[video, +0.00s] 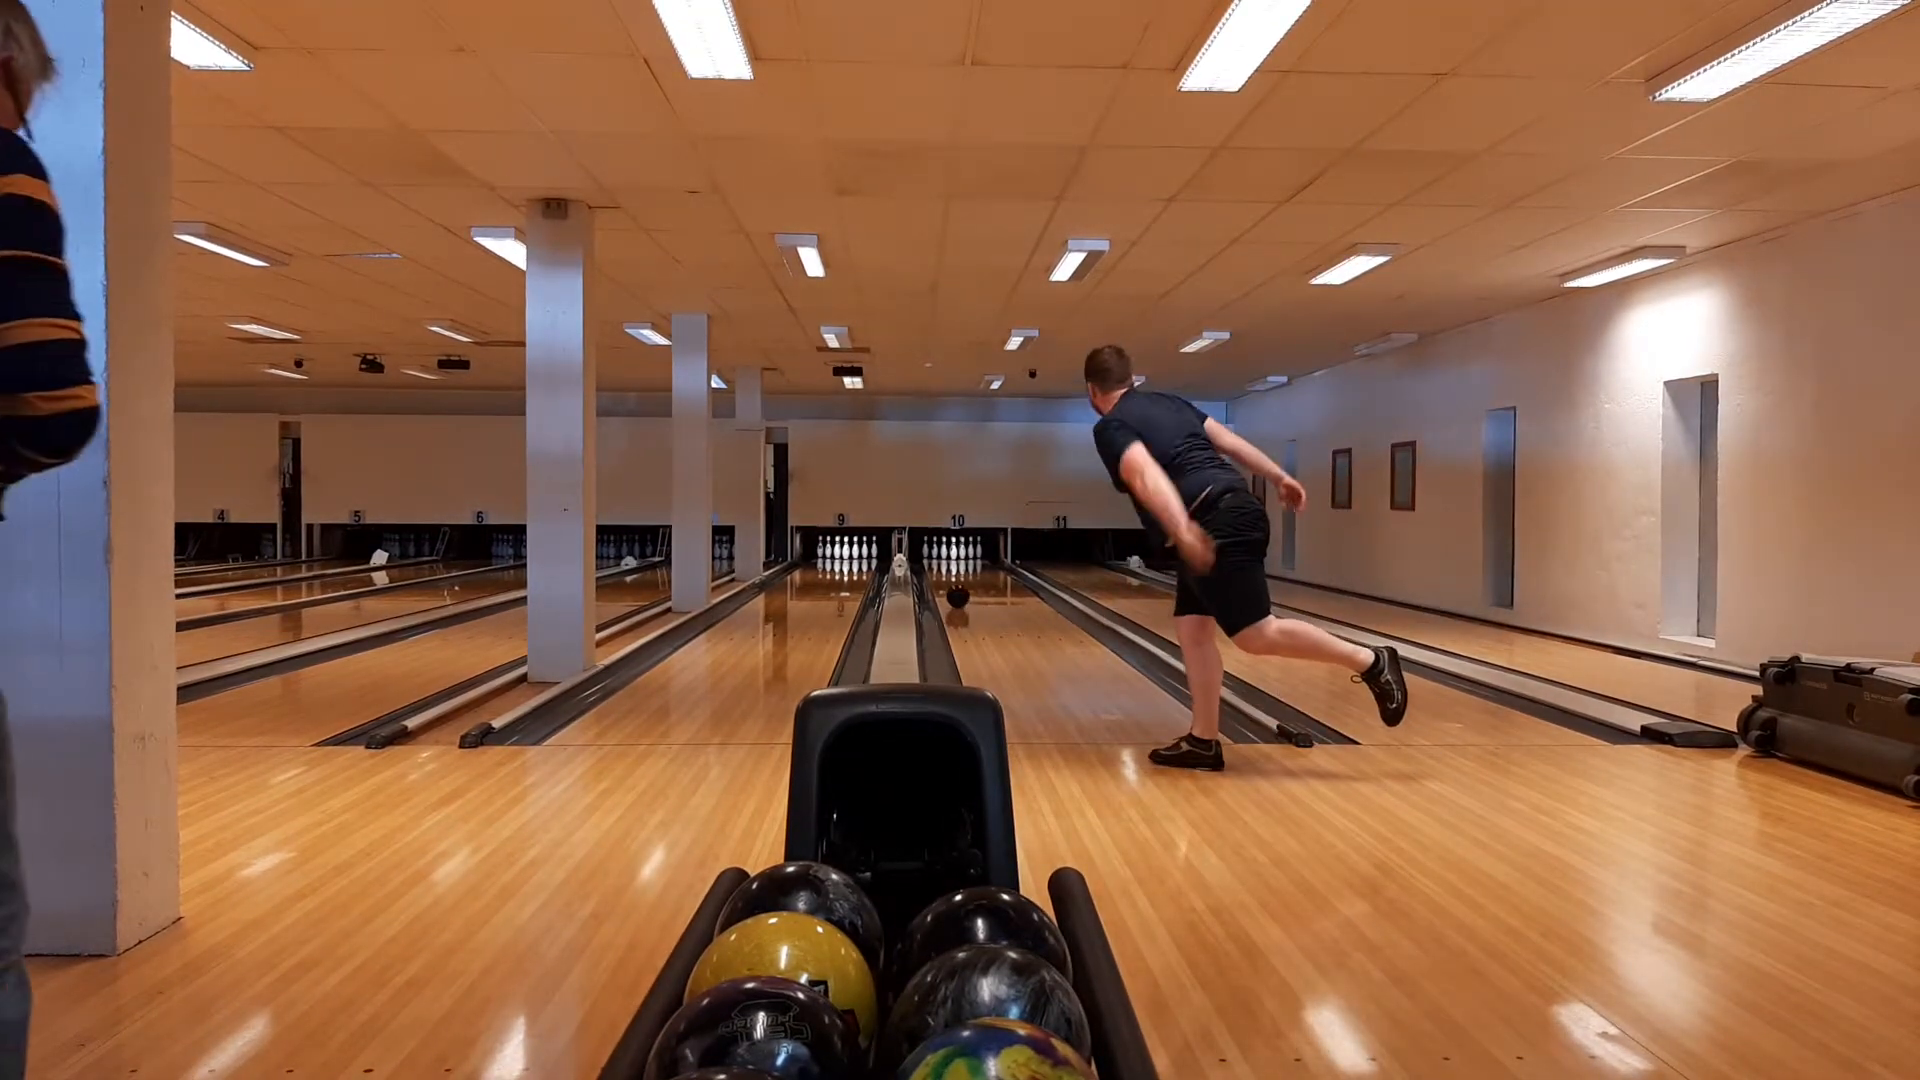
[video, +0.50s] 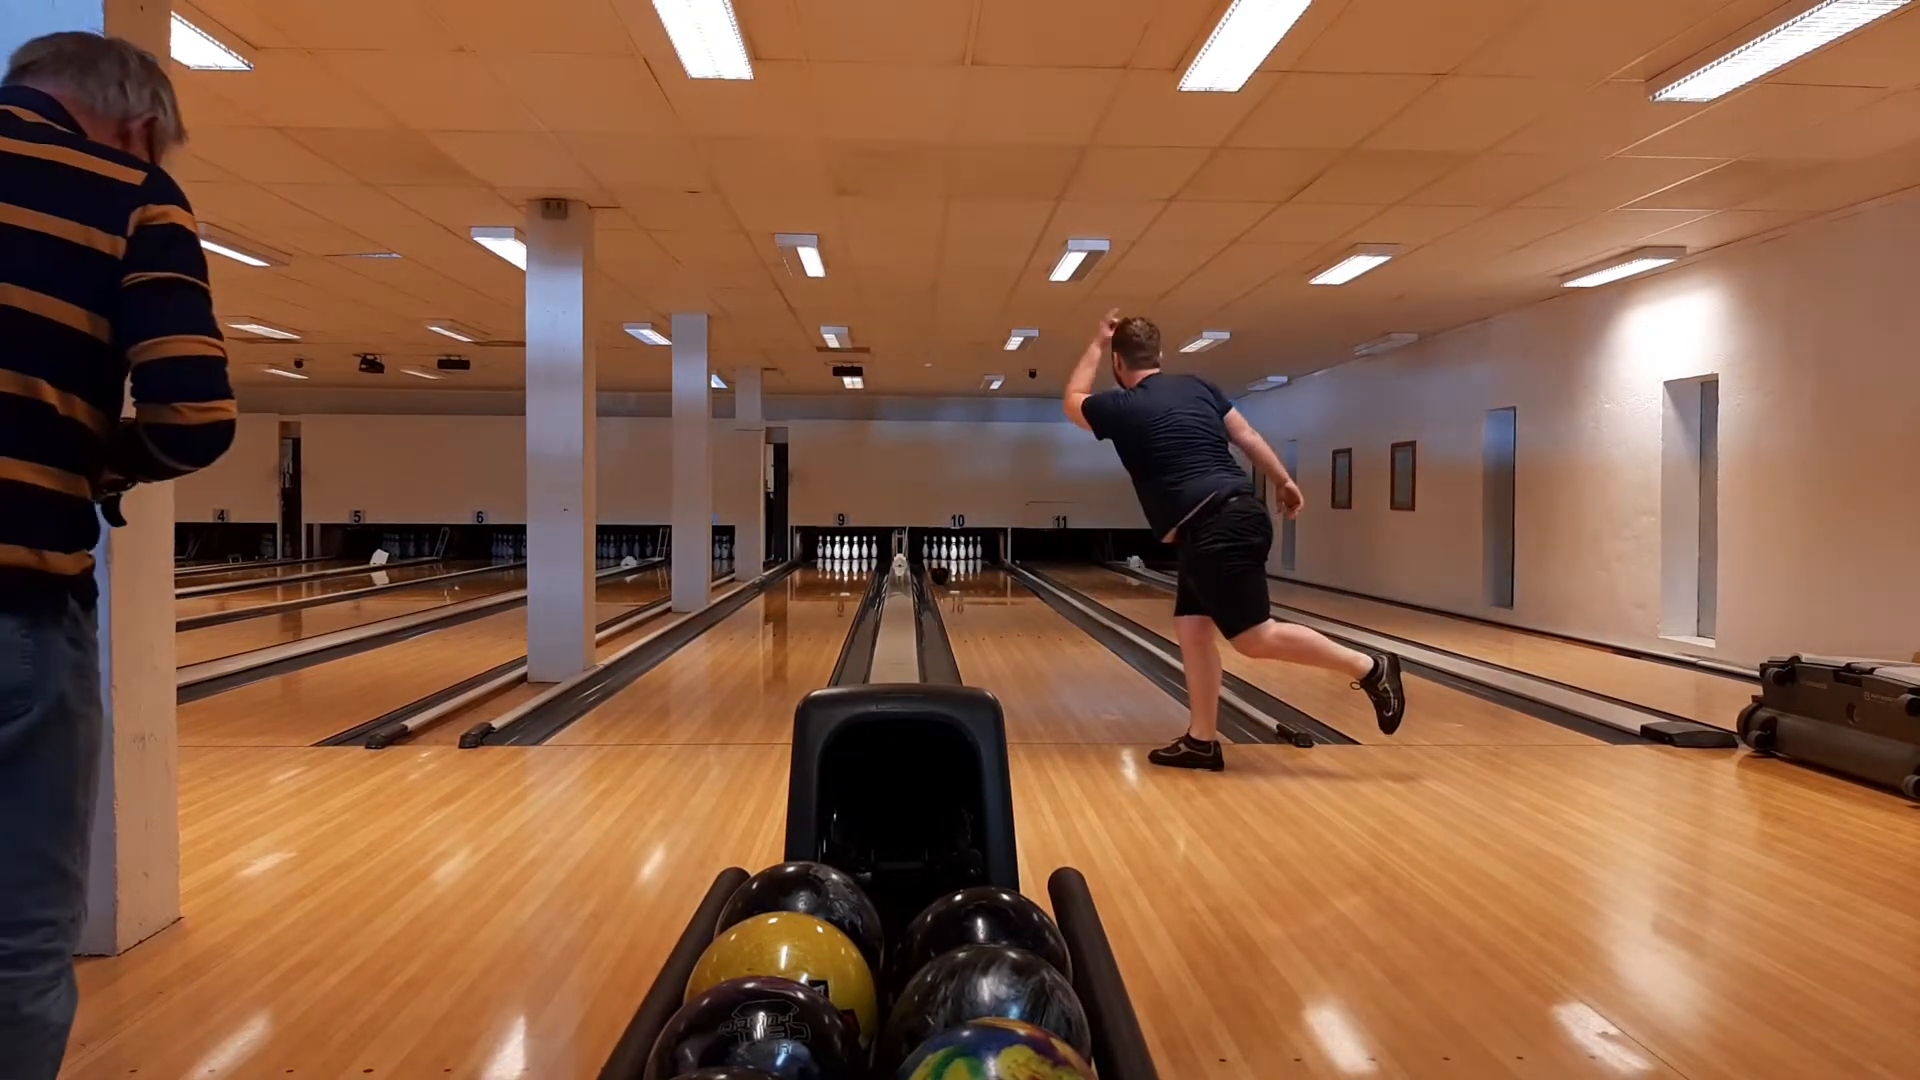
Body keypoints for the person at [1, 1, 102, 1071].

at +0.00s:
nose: (23, 99)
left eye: (20, 82)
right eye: (23, 80)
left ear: (5, 75)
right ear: (12, 71)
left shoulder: (12, 158)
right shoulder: (7, 158)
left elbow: (53, 407)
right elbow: (56, 406)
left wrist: (1, 463)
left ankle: (9, 1026)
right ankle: (4, 1031)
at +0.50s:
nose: (157, 164)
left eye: (161, 148)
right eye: (162, 146)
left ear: (30, 91)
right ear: (129, 119)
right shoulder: (132, 190)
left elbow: (193, 422)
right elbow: (195, 420)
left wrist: (100, 447)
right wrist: (104, 455)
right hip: (22, 591)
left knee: (27, 926)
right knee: (25, 931)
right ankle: (21, 1065)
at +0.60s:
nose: (172, 175)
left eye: (180, 161)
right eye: (178, 158)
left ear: (44, 98)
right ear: (146, 131)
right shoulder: (143, 196)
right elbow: (203, 424)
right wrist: (117, 462)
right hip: (27, 597)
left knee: (28, 931)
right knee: (28, 938)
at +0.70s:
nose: (176, 180)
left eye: (186, 166)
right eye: (183, 163)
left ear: (59, 106)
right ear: (151, 136)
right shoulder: (148, 201)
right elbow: (206, 427)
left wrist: (126, 461)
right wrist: (129, 468)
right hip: (34, 603)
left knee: (34, 926)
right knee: (37, 933)